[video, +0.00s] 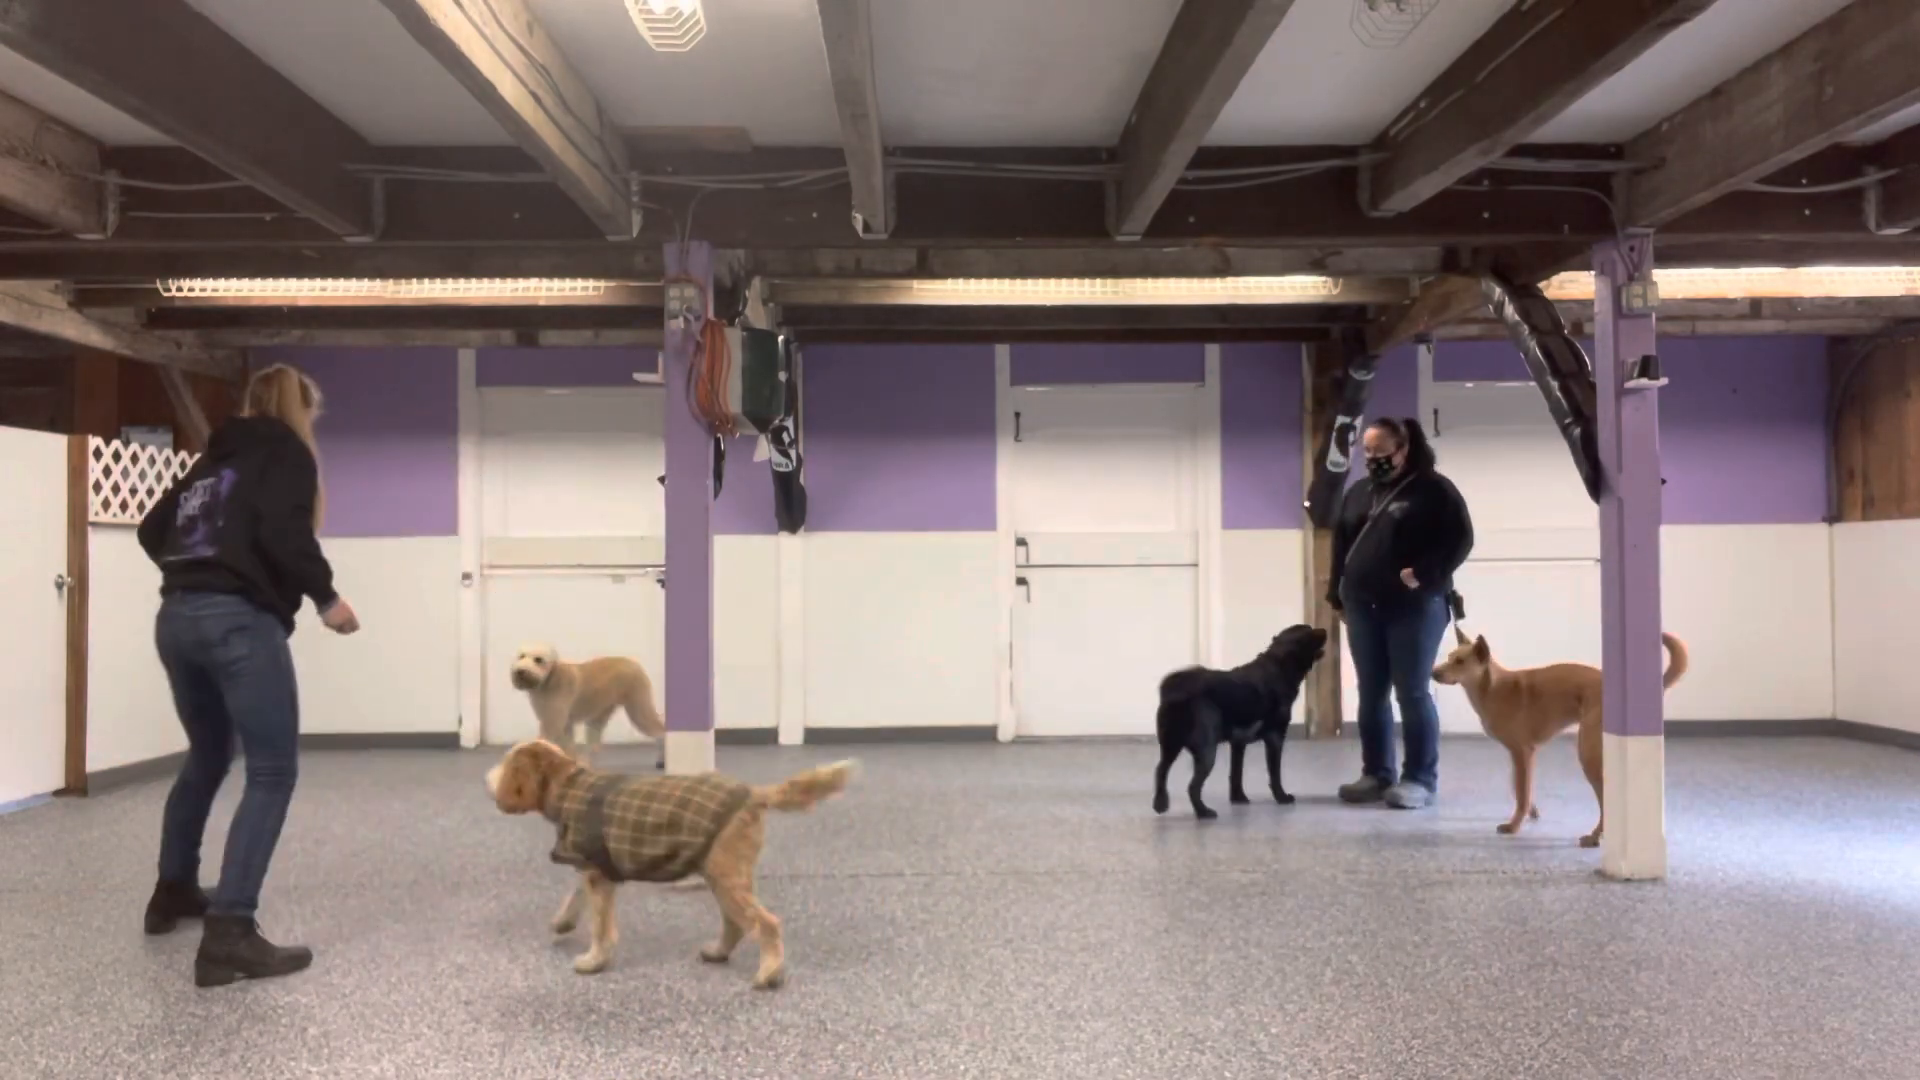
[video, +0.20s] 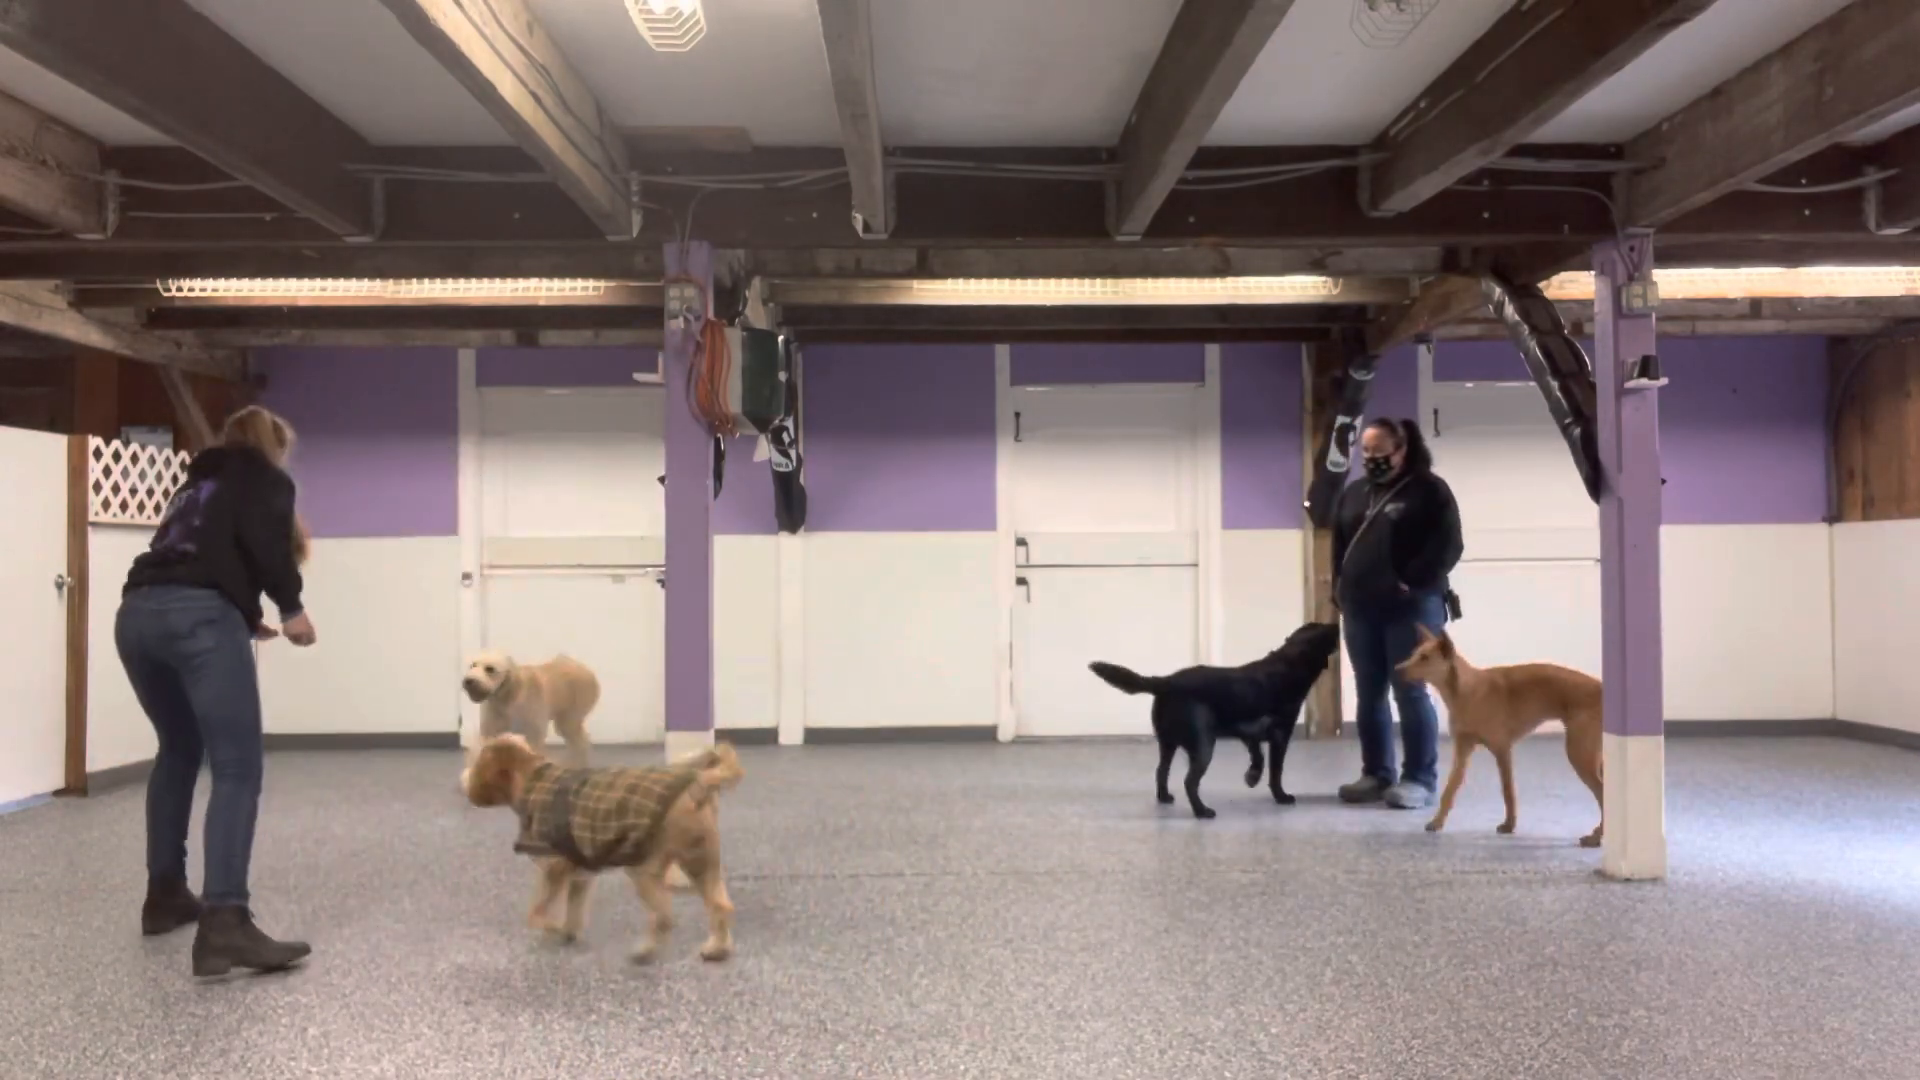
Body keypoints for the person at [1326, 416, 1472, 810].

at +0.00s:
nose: (1374, 462)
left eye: (1381, 454)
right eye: (1369, 455)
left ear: (1404, 448)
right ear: (1363, 454)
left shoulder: (1435, 489)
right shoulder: (1359, 492)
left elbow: (1461, 540)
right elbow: (1343, 543)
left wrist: (1424, 573)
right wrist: (1338, 589)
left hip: (1415, 603)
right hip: (1363, 604)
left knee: (1413, 692)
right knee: (1372, 694)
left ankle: (1420, 782)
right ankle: (1378, 774)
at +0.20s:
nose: (1372, 461)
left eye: (1379, 453)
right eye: (1367, 454)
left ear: (1402, 449)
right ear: (1360, 454)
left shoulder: (1430, 490)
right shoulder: (1355, 492)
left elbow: (1450, 545)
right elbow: (1342, 542)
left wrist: (1415, 584)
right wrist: (1340, 586)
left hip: (1411, 602)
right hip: (1361, 603)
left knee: (1411, 690)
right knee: (1370, 693)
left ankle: (1419, 782)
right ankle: (1378, 774)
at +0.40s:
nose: (1370, 461)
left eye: (1377, 453)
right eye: (1364, 454)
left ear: (1399, 449)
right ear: (1359, 455)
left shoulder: (1428, 488)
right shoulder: (1356, 491)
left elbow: (1448, 543)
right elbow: (1322, 512)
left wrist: (1412, 582)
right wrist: (1333, 465)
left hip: (1412, 602)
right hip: (1357, 602)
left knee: (1410, 691)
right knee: (1368, 692)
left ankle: (1419, 781)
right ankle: (1378, 773)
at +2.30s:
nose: (1361, 462)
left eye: (1370, 455)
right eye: (1357, 454)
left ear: (1391, 457)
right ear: (1351, 456)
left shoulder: (1417, 499)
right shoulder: (1344, 495)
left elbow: (1438, 553)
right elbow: (1332, 541)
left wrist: (1427, 593)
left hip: (1399, 608)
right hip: (1348, 609)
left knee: (1384, 684)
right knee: (1359, 692)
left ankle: (1409, 773)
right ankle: (1374, 775)